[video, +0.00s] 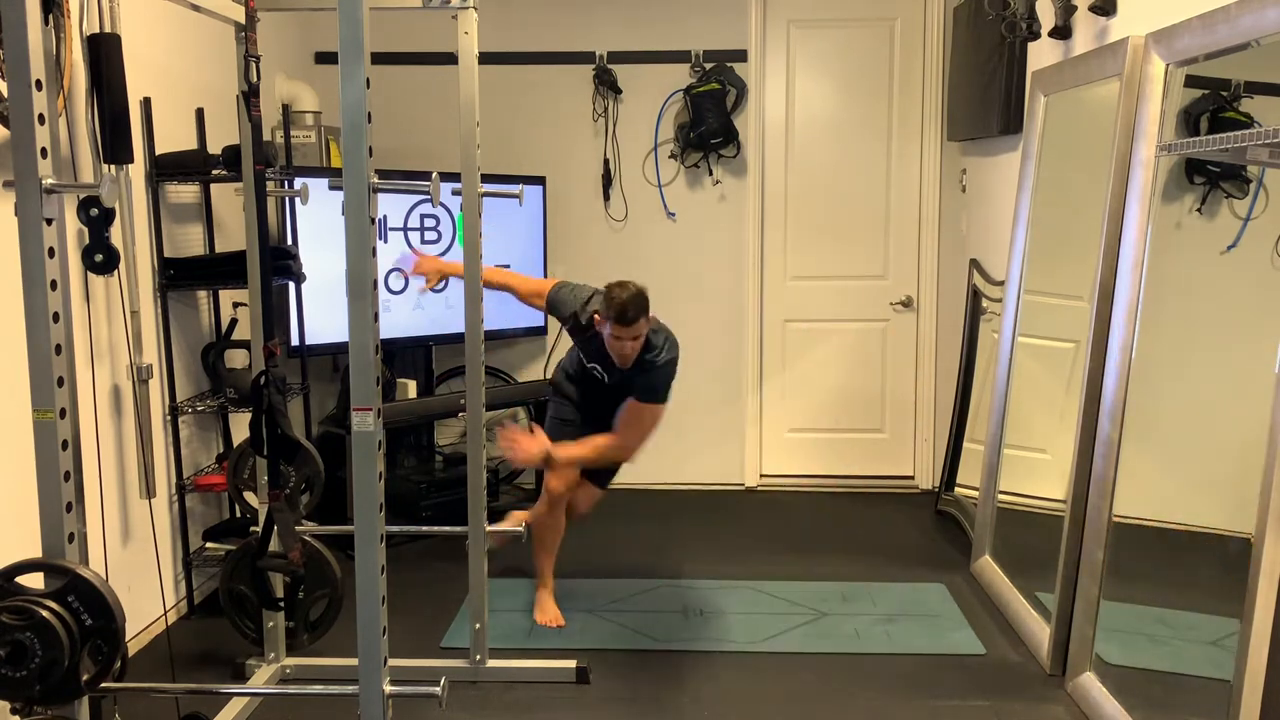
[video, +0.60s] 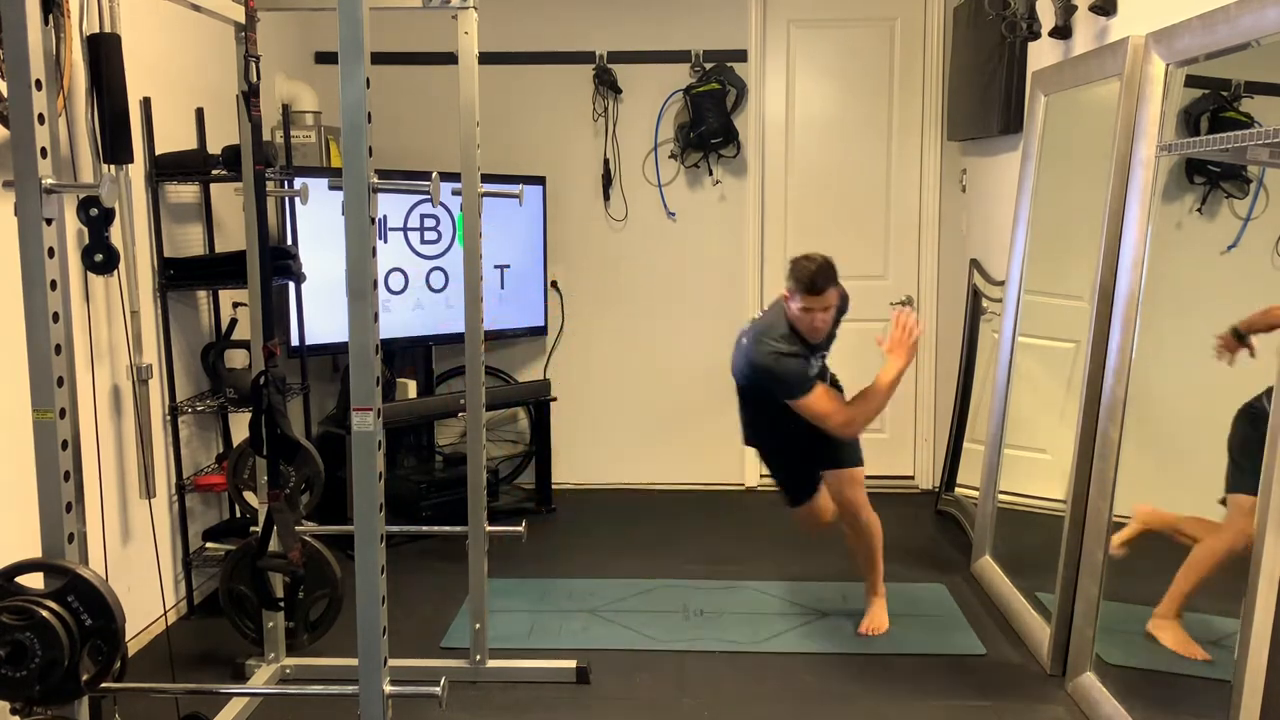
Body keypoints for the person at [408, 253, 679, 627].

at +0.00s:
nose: (626, 348)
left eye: (635, 339)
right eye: (617, 339)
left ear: (648, 325)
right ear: (601, 322)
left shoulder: (661, 355)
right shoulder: (582, 308)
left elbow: (623, 444)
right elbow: (511, 282)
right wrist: (447, 267)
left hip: (616, 421)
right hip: (573, 398)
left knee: (580, 504)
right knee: (556, 489)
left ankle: (523, 520)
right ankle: (545, 589)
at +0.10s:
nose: (641, 338)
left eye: (649, 329)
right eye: (632, 328)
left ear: (660, 316)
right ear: (613, 315)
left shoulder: (676, 343)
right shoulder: (584, 311)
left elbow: (701, 432)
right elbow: (503, 301)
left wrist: (673, 494)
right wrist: (434, 313)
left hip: (636, 409)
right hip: (581, 398)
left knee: (631, 512)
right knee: (560, 495)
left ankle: (603, 541)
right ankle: (546, 589)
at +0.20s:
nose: (664, 319)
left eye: (672, 309)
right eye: (655, 309)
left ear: (682, 298)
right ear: (633, 298)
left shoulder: (701, 322)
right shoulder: (600, 313)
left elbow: (771, 373)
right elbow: (514, 335)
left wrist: (777, 446)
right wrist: (466, 388)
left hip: (663, 402)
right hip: (600, 400)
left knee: (698, 498)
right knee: (571, 497)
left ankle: (721, 540)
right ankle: (546, 592)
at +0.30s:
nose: (700, 297)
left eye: (708, 286)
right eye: (690, 288)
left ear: (717, 273)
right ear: (669, 276)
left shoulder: (738, 287)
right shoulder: (640, 303)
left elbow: (808, 301)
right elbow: (572, 372)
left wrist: (824, 359)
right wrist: (578, 455)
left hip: (708, 386)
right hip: (644, 389)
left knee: (756, 476)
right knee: (598, 481)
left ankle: (812, 562)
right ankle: (550, 582)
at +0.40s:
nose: (741, 290)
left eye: (750, 279)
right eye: (731, 280)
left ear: (760, 267)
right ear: (712, 268)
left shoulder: (777, 269)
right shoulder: (687, 307)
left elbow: (827, 267)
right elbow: (668, 400)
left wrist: (841, 310)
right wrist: (728, 459)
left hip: (757, 381)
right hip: (696, 389)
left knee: (803, 484)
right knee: (651, 489)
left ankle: (860, 584)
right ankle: (626, 544)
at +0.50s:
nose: (786, 301)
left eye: (794, 290)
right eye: (776, 291)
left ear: (803, 278)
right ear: (756, 280)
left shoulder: (813, 281)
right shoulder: (734, 329)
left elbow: (838, 268)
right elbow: (764, 417)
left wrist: (843, 295)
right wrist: (845, 414)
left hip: (795, 390)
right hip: (737, 405)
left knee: (835, 500)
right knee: (732, 508)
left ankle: (873, 593)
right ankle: (761, 498)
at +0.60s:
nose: (819, 321)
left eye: (827, 309)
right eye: (807, 311)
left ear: (837, 298)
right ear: (787, 301)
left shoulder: (838, 303)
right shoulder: (769, 355)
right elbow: (846, 423)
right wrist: (895, 363)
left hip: (819, 400)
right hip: (775, 427)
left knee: (854, 506)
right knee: (819, 515)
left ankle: (876, 595)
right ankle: (847, 495)